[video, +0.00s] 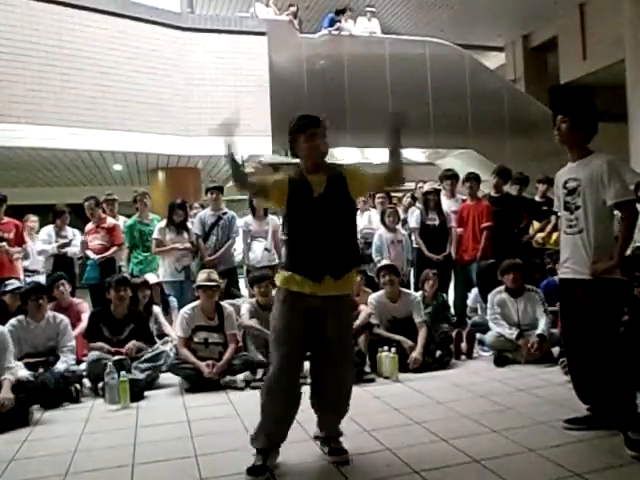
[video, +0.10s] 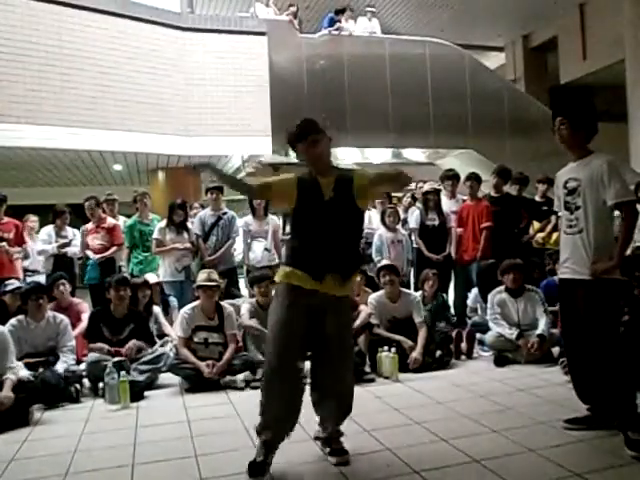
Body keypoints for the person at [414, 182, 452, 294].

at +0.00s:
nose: (433, 200)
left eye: (435, 196)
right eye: (430, 196)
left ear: (439, 198)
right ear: (425, 198)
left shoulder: (444, 214)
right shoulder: (419, 214)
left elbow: (449, 233)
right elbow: (416, 235)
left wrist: (447, 251)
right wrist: (428, 254)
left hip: (442, 256)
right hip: (425, 256)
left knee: (442, 290)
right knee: (423, 288)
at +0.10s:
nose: (432, 200)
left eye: (435, 197)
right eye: (429, 197)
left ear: (439, 198)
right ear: (425, 199)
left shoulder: (444, 214)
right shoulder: (419, 214)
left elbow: (449, 233)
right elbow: (416, 236)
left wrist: (447, 251)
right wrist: (428, 254)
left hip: (442, 256)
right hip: (425, 256)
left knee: (442, 291)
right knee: (423, 289)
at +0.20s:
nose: (433, 200)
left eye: (435, 197)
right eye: (429, 197)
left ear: (439, 198)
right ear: (425, 198)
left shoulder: (444, 214)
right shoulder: (419, 214)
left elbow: (449, 234)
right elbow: (416, 236)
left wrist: (447, 251)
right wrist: (428, 254)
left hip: (442, 257)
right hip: (424, 257)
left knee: (442, 291)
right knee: (423, 288)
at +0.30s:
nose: (432, 200)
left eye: (435, 196)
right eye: (429, 196)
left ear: (438, 198)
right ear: (424, 198)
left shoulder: (444, 214)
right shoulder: (418, 213)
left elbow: (449, 234)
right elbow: (415, 236)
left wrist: (447, 251)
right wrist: (427, 254)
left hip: (442, 257)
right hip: (424, 257)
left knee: (442, 291)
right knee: (423, 289)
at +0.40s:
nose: (432, 200)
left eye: (435, 196)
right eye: (429, 197)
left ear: (438, 198)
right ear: (424, 198)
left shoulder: (443, 214)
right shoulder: (418, 213)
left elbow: (449, 234)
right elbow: (415, 236)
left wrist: (447, 251)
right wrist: (427, 254)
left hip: (442, 257)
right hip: (424, 257)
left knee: (442, 291)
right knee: (423, 289)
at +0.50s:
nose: (431, 203)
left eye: (434, 199)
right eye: (428, 200)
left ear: (438, 200)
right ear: (424, 201)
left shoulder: (444, 215)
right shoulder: (418, 214)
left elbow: (449, 234)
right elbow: (415, 236)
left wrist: (446, 251)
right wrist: (427, 254)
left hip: (442, 257)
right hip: (424, 258)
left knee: (442, 291)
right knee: (424, 290)